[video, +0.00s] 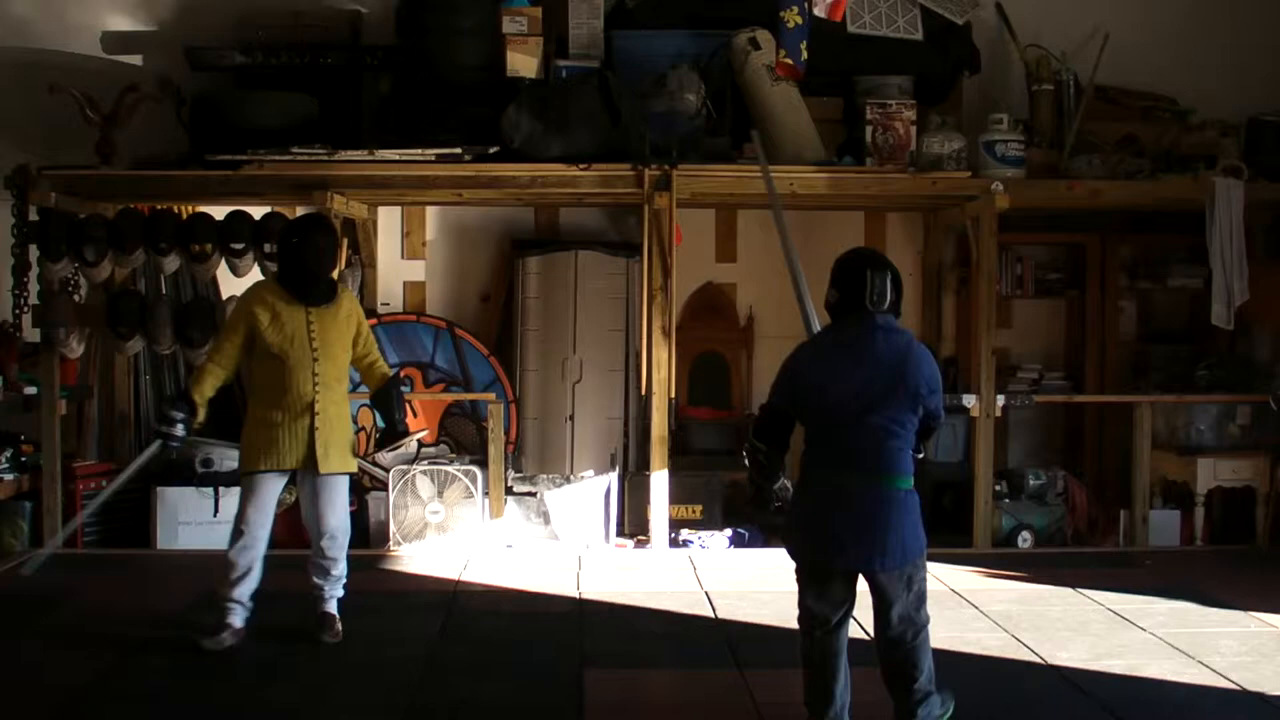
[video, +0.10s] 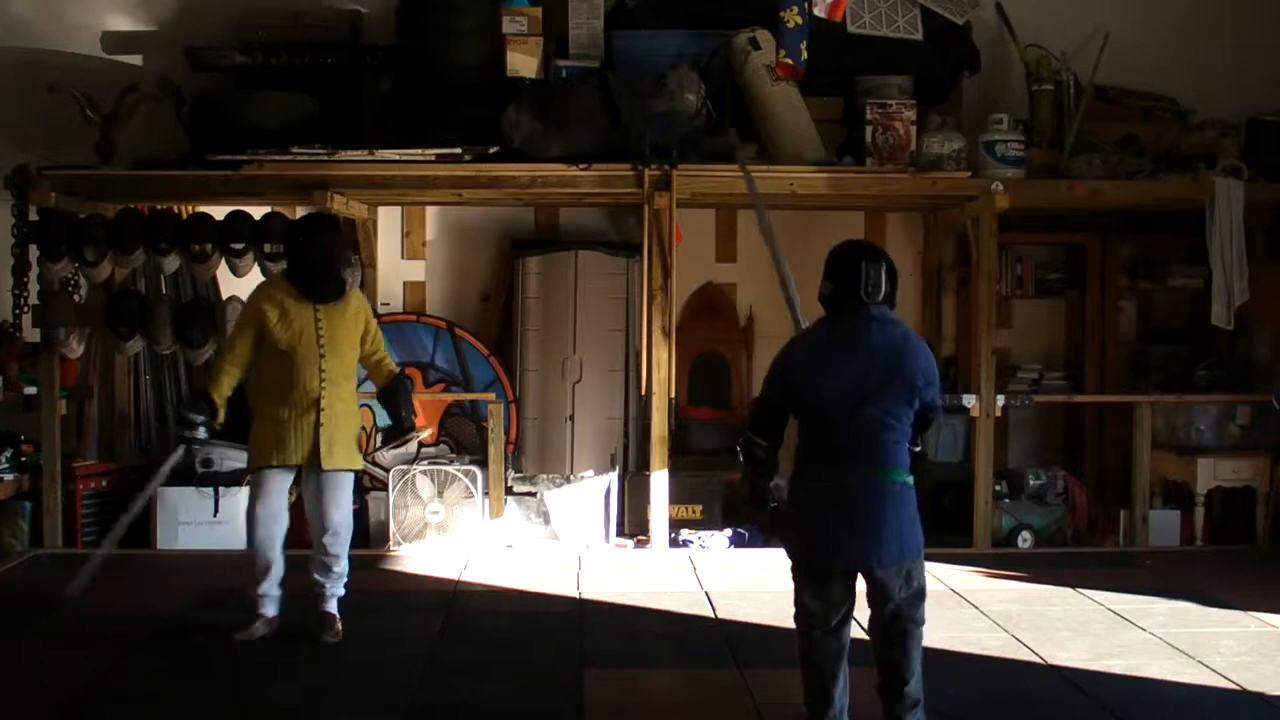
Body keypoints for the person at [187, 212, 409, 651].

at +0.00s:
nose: (326, 262)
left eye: (331, 253)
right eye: (317, 252)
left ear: (336, 258)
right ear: (293, 254)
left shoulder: (346, 306)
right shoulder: (258, 302)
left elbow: (369, 359)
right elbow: (221, 359)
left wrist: (389, 389)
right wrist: (192, 403)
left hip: (330, 440)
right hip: (271, 439)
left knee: (332, 531)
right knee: (249, 530)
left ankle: (329, 607)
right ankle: (234, 617)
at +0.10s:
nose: (339, 271)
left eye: (343, 262)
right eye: (329, 262)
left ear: (344, 262)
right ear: (304, 259)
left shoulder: (355, 305)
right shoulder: (269, 299)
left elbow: (377, 357)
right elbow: (233, 358)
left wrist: (396, 388)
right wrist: (208, 406)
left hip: (336, 436)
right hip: (277, 435)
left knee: (335, 527)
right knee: (263, 527)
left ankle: (330, 606)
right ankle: (266, 610)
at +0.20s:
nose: (348, 262)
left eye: (350, 253)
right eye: (337, 253)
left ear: (354, 257)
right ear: (311, 255)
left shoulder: (365, 305)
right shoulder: (277, 301)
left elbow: (386, 359)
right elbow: (251, 362)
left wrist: (407, 390)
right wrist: (237, 404)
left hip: (345, 434)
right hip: (288, 432)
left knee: (338, 525)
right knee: (279, 515)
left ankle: (330, 601)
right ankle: (304, 579)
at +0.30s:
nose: (347, 264)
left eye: (353, 255)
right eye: (336, 254)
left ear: (362, 258)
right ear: (316, 256)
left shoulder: (372, 307)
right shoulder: (284, 305)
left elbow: (396, 361)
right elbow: (260, 366)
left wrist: (419, 402)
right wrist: (259, 412)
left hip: (355, 430)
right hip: (300, 431)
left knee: (345, 520)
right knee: (307, 517)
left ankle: (334, 601)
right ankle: (331, 575)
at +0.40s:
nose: (349, 270)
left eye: (356, 261)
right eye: (340, 260)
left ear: (365, 263)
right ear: (323, 261)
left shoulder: (380, 309)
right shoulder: (296, 304)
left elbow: (405, 365)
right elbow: (277, 366)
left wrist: (430, 412)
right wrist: (276, 417)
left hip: (363, 427)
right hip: (312, 429)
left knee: (351, 517)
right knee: (330, 516)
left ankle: (335, 601)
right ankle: (365, 574)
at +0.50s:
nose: (349, 291)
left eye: (356, 279)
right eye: (341, 280)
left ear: (368, 272)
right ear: (328, 274)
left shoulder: (387, 309)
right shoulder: (306, 308)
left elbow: (412, 362)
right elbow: (288, 367)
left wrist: (437, 406)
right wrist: (288, 412)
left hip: (374, 429)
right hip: (327, 429)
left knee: (356, 514)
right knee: (347, 511)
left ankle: (338, 594)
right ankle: (375, 578)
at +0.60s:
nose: (356, 280)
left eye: (363, 270)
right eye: (347, 271)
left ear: (375, 267)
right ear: (332, 270)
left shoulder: (397, 307)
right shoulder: (313, 313)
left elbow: (421, 358)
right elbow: (298, 371)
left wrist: (445, 396)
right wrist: (299, 414)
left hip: (386, 427)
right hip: (336, 428)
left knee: (367, 510)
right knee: (352, 511)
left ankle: (346, 588)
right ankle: (378, 581)